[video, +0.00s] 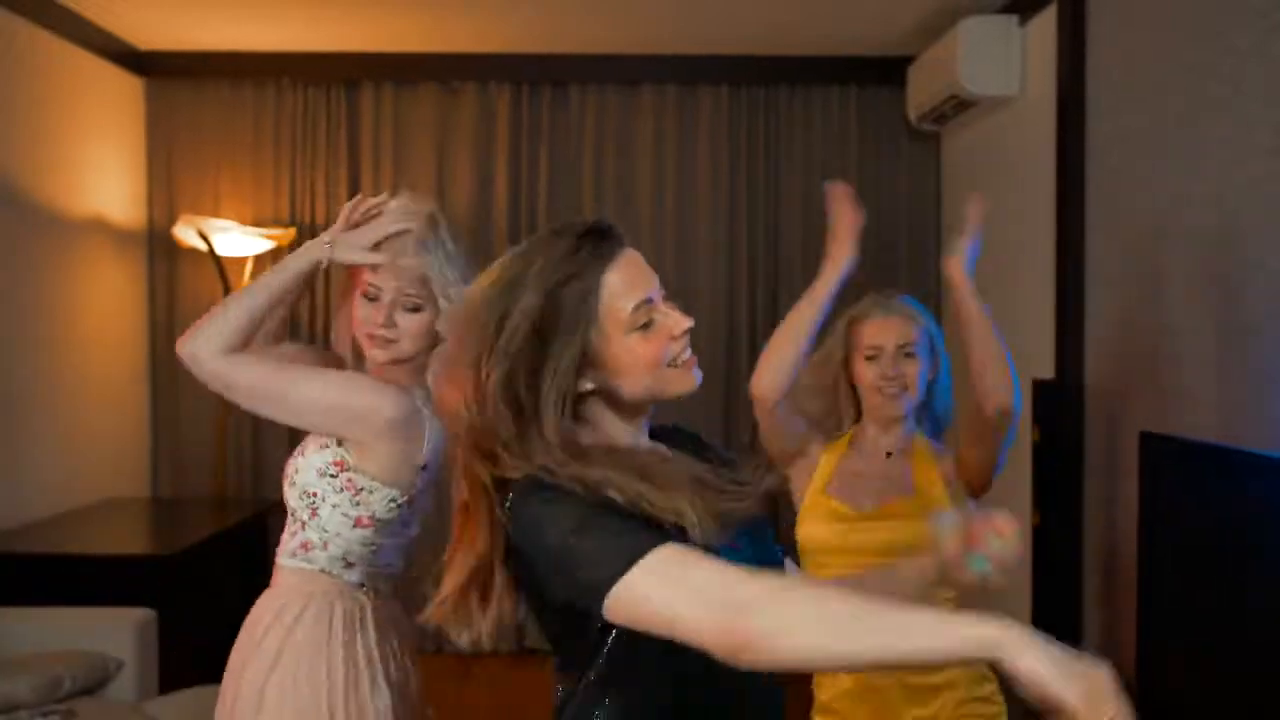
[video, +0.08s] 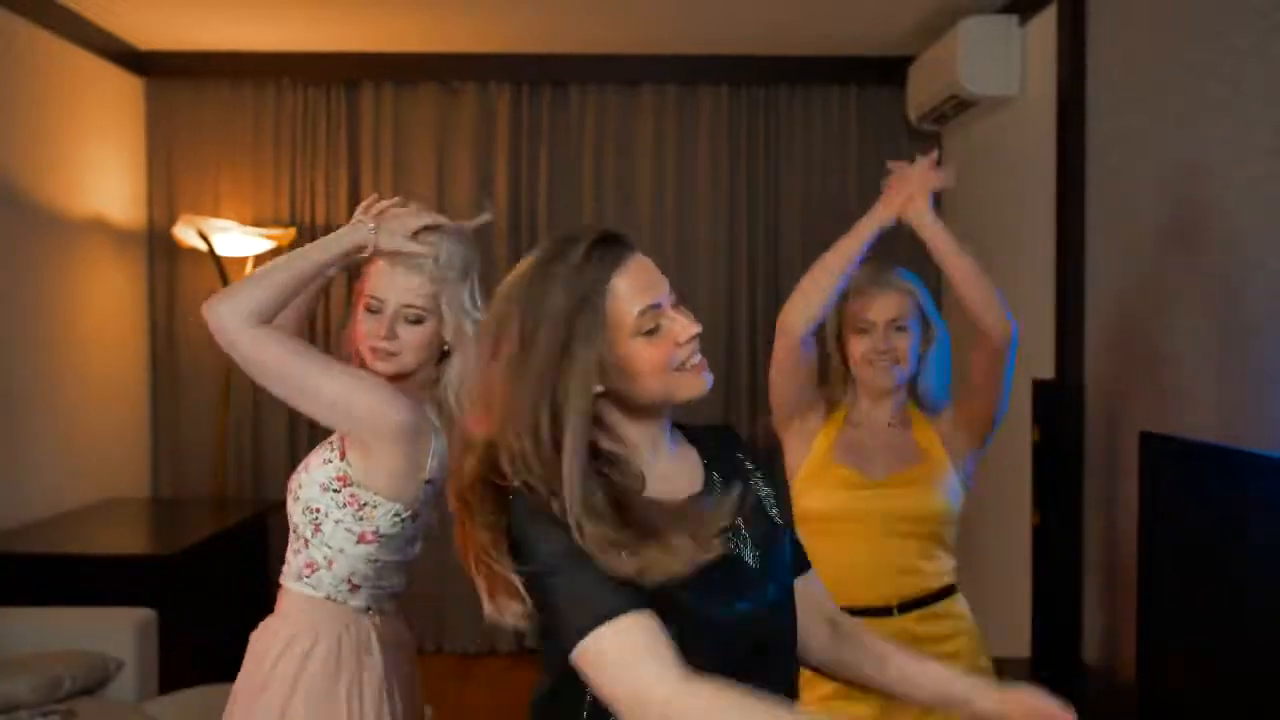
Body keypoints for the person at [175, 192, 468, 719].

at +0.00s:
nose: (382, 321)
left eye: (411, 306)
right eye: (371, 296)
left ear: (445, 321)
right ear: (352, 298)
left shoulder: (391, 410)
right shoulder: (395, 398)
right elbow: (247, 351)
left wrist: (315, 251)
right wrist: (315, 254)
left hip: (322, 627)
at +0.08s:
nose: (385, 334)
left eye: (413, 319)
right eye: (373, 309)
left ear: (450, 333)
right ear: (356, 307)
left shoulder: (394, 419)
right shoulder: (404, 412)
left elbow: (227, 315)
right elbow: (274, 337)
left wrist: (351, 238)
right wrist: (344, 245)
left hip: (326, 653)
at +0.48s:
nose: (394, 326)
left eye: (426, 315)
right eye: (389, 307)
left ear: (471, 342)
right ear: (376, 311)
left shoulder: (414, 437)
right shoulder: (420, 434)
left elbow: (229, 355)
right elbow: (280, 371)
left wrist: (371, 241)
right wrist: (354, 262)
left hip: (330, 660)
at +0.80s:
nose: (358, 284)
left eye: (390, 269)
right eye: (357, 266)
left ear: (441, 290)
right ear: (349, 267)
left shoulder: (389, 379)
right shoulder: (406, 389)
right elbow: (271, 379)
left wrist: (303, 206)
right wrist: (347, 293)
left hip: (321, 631)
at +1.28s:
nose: (355, 283)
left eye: (389, 280)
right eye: (363, 266)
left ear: (433, 320)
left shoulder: (374, 406)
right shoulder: (382, 400)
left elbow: (193, 315)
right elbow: (233, 327)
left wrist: (336, 220)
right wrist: (348, 283)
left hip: (310, 632)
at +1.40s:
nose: (377, 294)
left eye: (411, 297)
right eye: (377, 274)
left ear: (439, 340)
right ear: (356, 281)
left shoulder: (376, 423)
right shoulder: (366, 414)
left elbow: (168, 463)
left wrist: (266, 315)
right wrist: (296, 349)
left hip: (310, 676)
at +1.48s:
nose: (360, 295)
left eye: (392, 293)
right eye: (360, 275)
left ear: (425, 332)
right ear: (341, 283)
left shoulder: (354, 412)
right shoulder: (398, 411)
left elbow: (236, 568)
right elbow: (233, 525)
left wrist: (189, 413)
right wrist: (239, 408)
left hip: (300, 672)